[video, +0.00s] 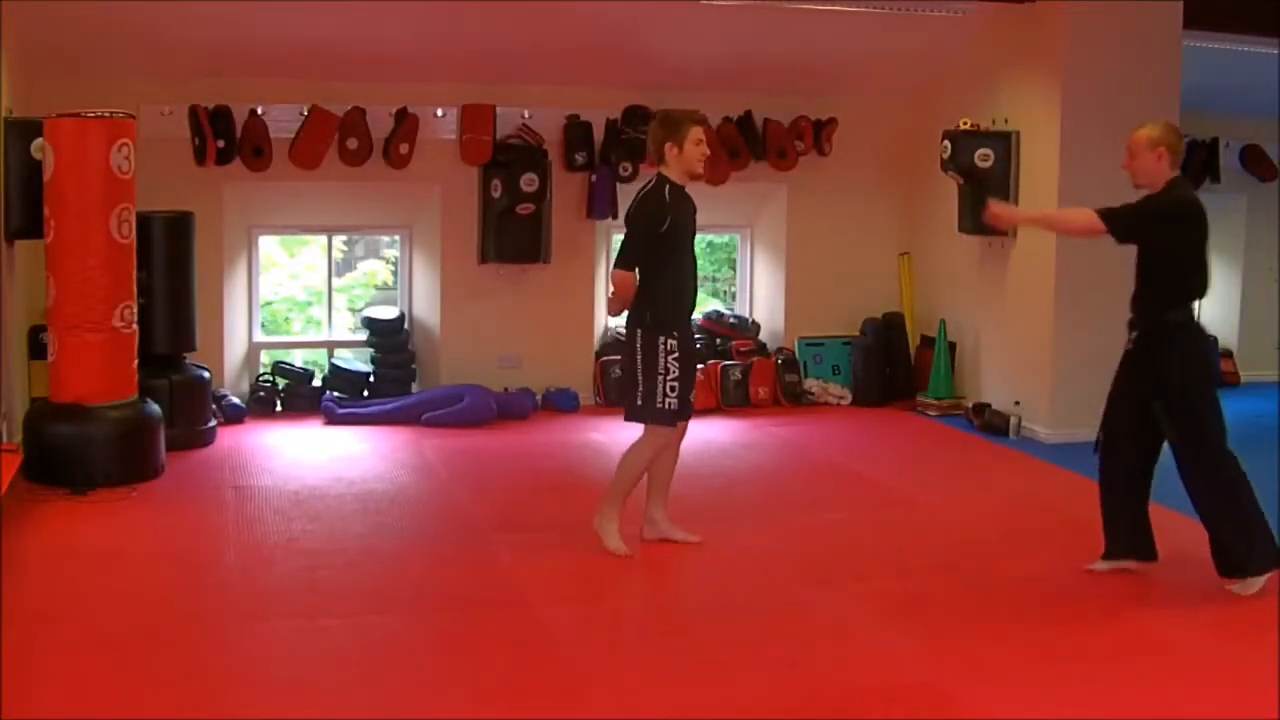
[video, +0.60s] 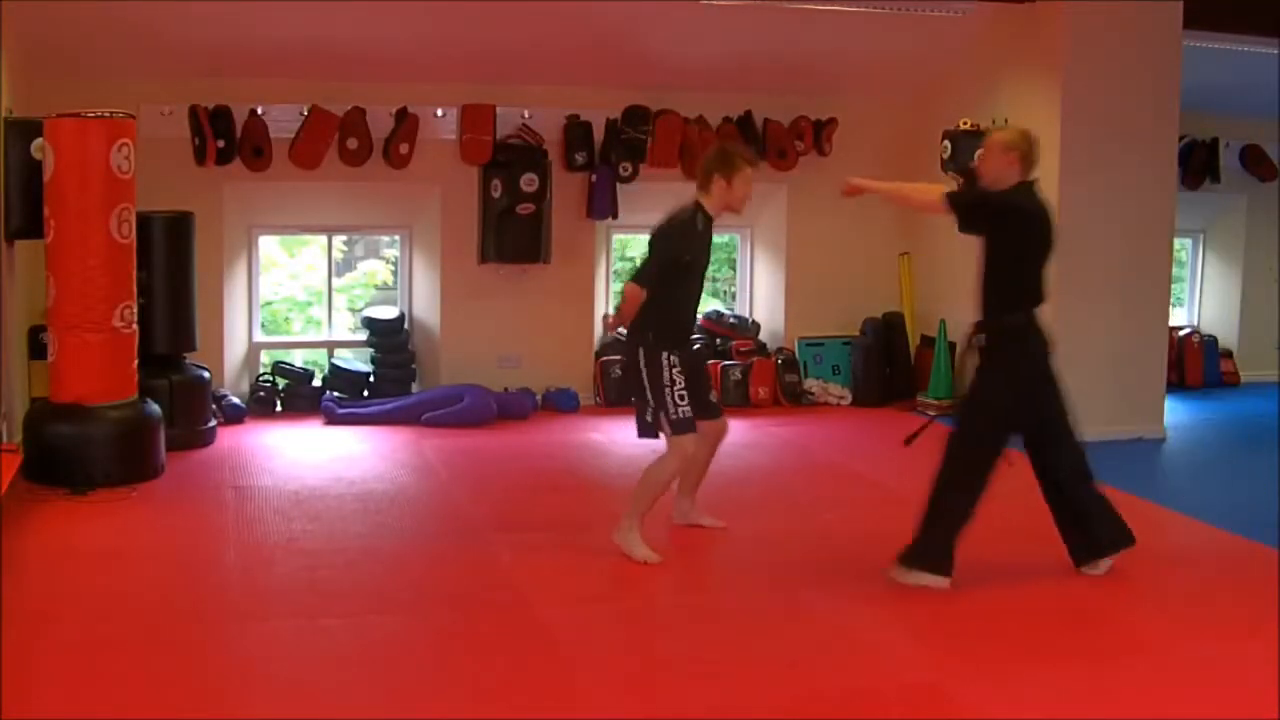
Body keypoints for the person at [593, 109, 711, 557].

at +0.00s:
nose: (706, 151)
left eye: (706, 144)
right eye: (698, 144)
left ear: (683, 151)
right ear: (670, 149)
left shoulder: (682, 199)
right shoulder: (653, 196)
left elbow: (667, 268)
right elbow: (623, 272)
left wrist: (628, 299)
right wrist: (623, 305)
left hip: (678, 326)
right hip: (654, 326)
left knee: (675, 426)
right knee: (659, 430)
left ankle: (657, 517)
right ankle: (607, 514)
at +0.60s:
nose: (748, 194)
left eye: (749, 186)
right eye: (745, 185)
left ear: (721, 183)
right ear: (719, 182)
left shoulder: (703, 226)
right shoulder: (681, 226)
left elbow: (662, 285)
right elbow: (636, 289)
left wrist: (628, 317)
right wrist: (623, 321)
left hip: (679, 345)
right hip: (654, 347)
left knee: (713, 427)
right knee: (682, 446)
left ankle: (685, 509)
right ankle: (628, 526)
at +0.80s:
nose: (777, 267)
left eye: (778, 259)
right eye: (774, 257)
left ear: (745, 254)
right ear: (749, 254)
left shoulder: (715, 283)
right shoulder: (700, 285)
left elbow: (660, 322)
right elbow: (636, 327)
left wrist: (613, 341)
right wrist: (604, 351)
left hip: (662, 370)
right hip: (640, 371)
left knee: (720, 429)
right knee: (675, 467)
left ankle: (684, 508)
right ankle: (607, 553)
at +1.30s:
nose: (751, 191)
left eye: (753, 180)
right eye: (749, 179)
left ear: (715, 175)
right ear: (725, 175)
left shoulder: (682, 212)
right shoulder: (684, 221)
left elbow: (626, 283)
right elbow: (630, 292)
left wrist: (604, 323)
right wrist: (601, 327)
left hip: (643, 353)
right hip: (644, 357)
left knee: (654, 473)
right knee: (679, 477)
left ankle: (614, 559)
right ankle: (600, 561)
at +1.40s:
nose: (748, 173)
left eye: (749, 163)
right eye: (747, 162)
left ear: (705, 156)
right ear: (727, 158)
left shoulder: (669, 198)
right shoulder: (691, 206)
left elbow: (621, 271)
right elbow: (641, 279)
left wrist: (617, 320)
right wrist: (618, 323)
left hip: (640, 354)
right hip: (664, 356)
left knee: (656, 470)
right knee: (705, 477)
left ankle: (604, 577)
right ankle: (635, 587)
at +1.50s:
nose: (748, 185)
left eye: (747, 174)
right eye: (746, 174)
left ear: (698, 170)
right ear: (727, 172)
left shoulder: (670, 218)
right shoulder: (700, 224)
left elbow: (618, 288)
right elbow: (659, 302)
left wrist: (614, 344)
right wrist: (635, 348)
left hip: (642, 378)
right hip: (681, 378)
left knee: (640, 500)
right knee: (725, 503)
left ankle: (594, 616)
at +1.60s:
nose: (761, 199)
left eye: (760, 188)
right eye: (757, 188)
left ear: (707, 190)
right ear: (740, 191)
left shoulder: (674, 242)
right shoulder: (728, 255)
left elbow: (625, 322)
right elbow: (701, 335)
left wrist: (631, 369)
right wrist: (650, 379)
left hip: (656, 406)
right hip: (700, 408)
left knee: (657, 519)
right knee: (757, 526)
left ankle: (597, 620)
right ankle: (762, 663)